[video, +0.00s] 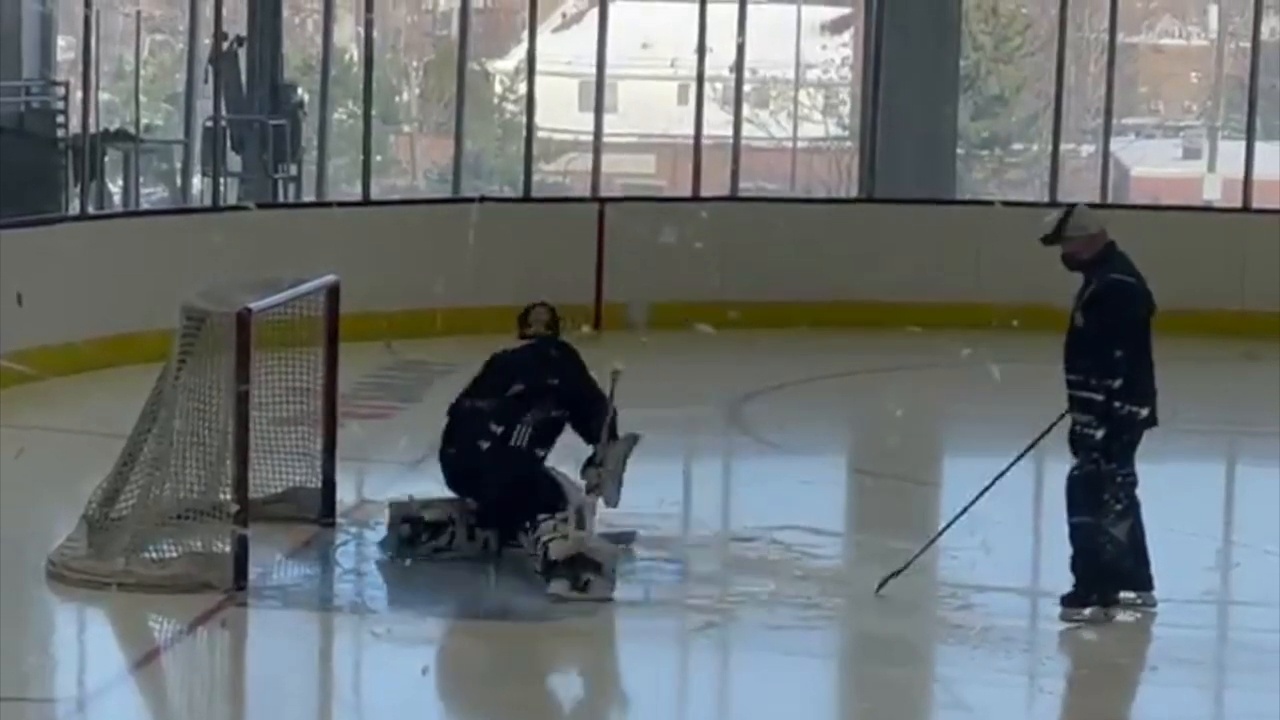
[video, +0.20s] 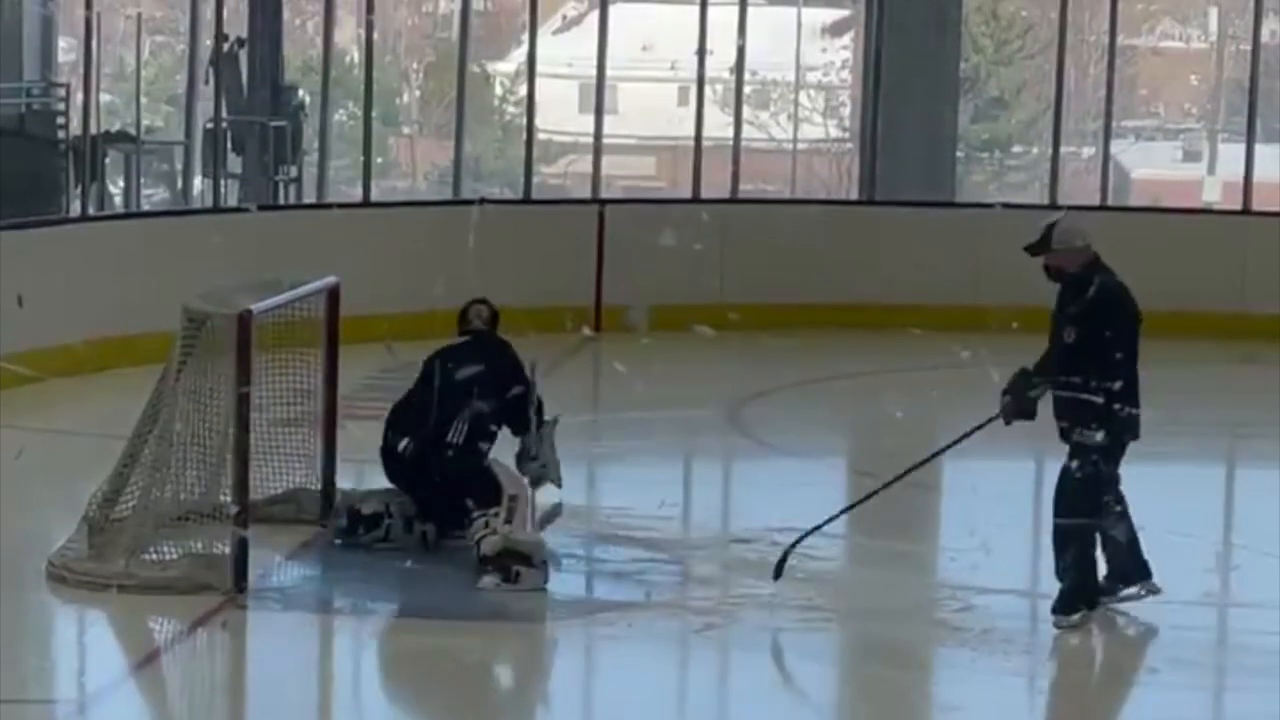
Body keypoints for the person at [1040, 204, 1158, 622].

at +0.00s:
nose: (1063, 256)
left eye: (1067, 247)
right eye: (1061, 248)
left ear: (1088, 243)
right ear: (1090, 243)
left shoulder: (1113, 287)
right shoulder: (1105, 279)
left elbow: (1111, 361)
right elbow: (1104, 356)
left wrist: (1091, 417)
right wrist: (1083, 407)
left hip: (1112, 413)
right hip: (1113, 410)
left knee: (1088, 494)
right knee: (1115, 494)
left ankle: (1094, 589)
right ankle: (1133, 581)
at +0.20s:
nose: (1046, 266)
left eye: (1051, 258)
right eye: (1045, 258)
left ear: (1072, 255)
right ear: (1069, 255)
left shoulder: (1109, 297)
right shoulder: (1073, 292)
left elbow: (1110, 370)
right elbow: (1061, 353)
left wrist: (1099, 425)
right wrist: (1030, 383)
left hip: (1106, 423)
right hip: (1082, 419)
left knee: (1072, 502)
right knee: (1103, 497)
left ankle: (1077, 593)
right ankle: (1129, 569)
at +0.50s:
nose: (1030, 262)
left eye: (1036, 256)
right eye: (1029, 255)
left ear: (1060, 254)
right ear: (1044, 254)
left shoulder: (1102, 298)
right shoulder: (1040, 287)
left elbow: (1105, 376)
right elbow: (1017, 345)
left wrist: (1090, 437)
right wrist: (983, 386)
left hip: (1077, 425)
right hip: (1038, 422)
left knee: (1056, 519)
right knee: (1054, 511)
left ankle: (1046, 615)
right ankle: (1075, 586)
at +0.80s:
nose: (1010, 264)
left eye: (1016, 256)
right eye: (1009, 256)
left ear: (1041, 256)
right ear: (1027, 255)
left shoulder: (1088, 305)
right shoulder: (1020, 293)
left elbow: (1093, 383)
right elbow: (987, 355)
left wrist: (1083, 441)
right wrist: (947, 395)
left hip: (1058, 440)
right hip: (1011, 435)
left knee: (1052, 535)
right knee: (1005, 527)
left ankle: (1045, 629)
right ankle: (1006, 601)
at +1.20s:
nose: (993, 275)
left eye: (999, 268)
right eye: (992, 268)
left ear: (1023, 266)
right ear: (1005, 267)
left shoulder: (1070, 315)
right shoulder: (1000, 306)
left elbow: (1071, 397)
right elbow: (975, 367)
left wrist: (1057, 463)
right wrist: (935, 410)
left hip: (1043, 462)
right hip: (994, 457)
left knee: (1043, 562)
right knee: (980, 554)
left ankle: (1044, 657)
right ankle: (967, 649)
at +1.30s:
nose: (985, 277)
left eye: (992, 270)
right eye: (985, 270)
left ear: (1018, 266)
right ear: (1000, 269)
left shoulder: (1065, 318)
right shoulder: (995, 311)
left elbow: (1067, 401)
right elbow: (974, 373)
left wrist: (1052, 466)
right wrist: (933, 416)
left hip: (1040, 467)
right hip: (989, 463)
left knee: (1039, 570)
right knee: (974, 560)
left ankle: (1042, 671)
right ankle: (958, 662)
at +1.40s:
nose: (978, 280)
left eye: (984, 272)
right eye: (978, 272)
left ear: (1008, 270)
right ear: (999, 270)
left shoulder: (1056, 318)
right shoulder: (990, 313)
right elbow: (977, 378)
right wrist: (937, 422)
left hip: (1037, 465)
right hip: (985, 460)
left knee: (1036, 565)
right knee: (969, 558)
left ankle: (1040, 664)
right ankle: (954, 656)